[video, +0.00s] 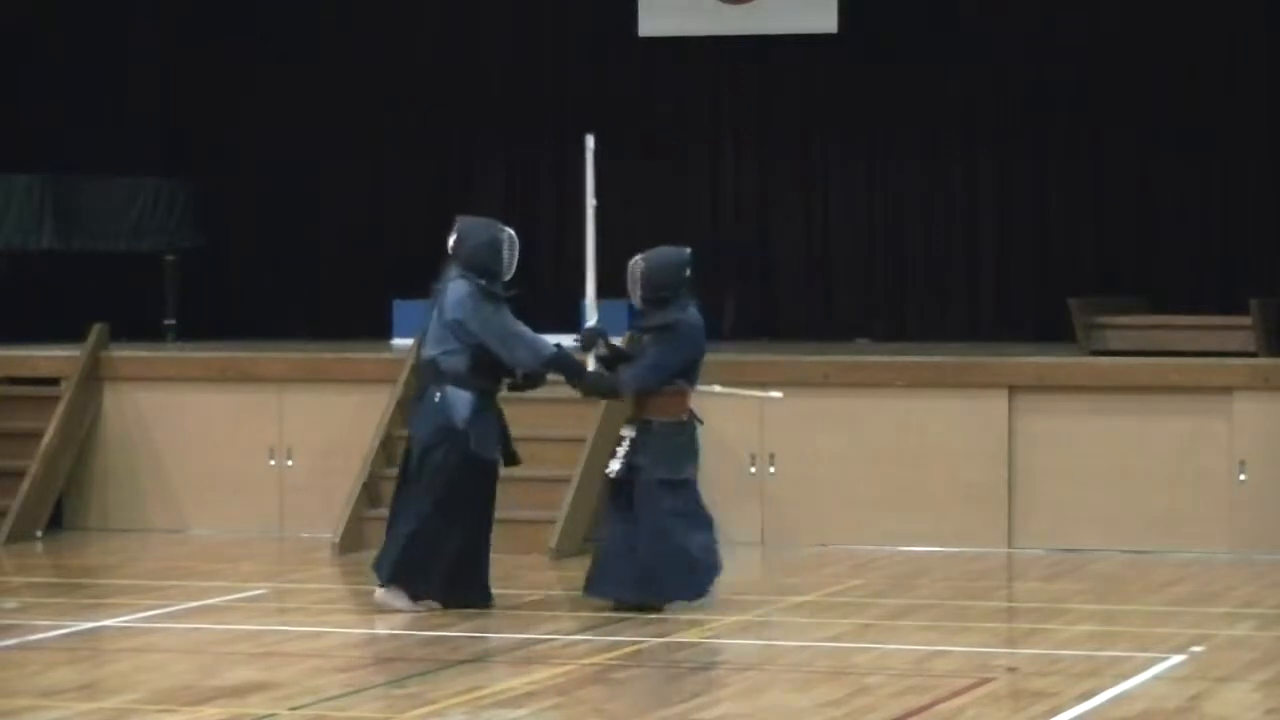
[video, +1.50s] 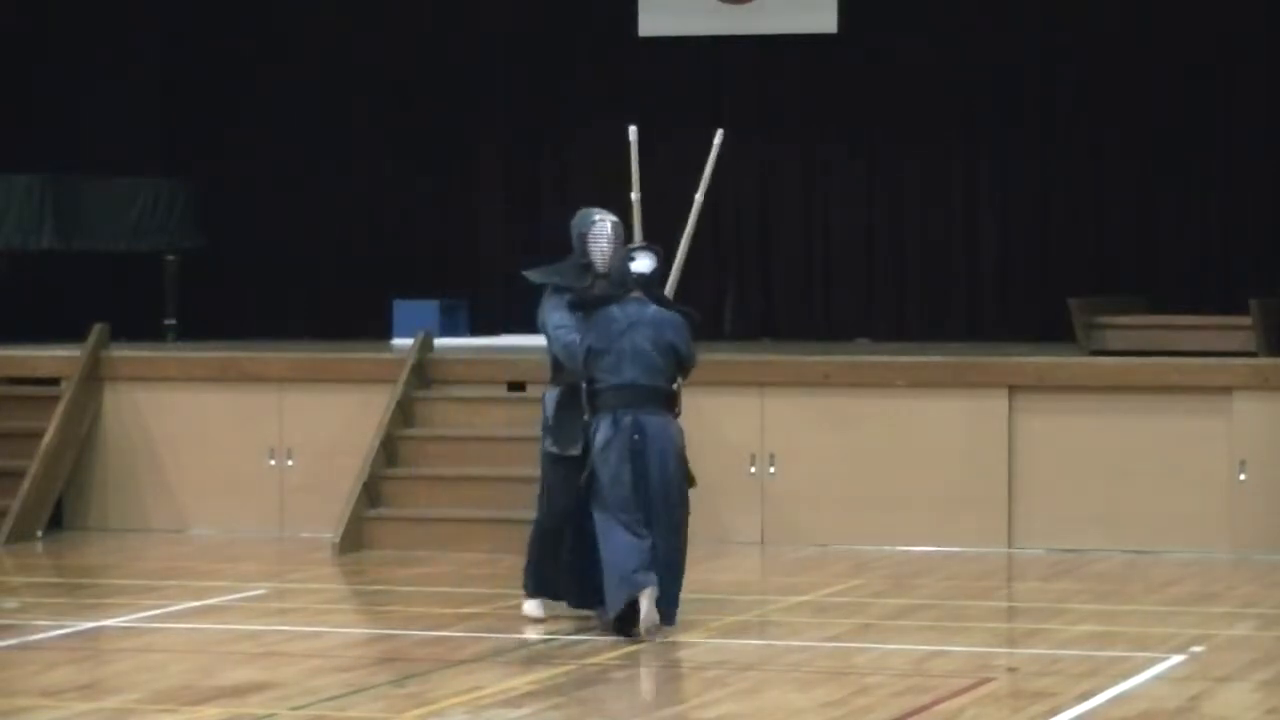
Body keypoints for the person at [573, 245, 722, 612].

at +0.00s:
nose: (636, 290)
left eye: (642, 283)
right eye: (637, 283)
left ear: (658, 285)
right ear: (671, 283)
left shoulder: (683, 328)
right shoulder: (653, 322)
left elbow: (647, 373)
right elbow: (630, 360)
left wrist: (613, 380)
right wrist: (604, 349)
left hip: (668, 432)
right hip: (644, 428)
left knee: (661, 505)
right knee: (631, 502)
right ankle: (636, 587)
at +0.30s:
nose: (592, 286)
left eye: (595, 280)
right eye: (593, 280)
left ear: (603, 284)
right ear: (633, 282)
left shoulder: (623, 327)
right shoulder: (640, 321)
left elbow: (580, 375)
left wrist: (565, 377)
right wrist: (581, 342)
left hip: (613, 427)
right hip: (627, 423)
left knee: (605, 504)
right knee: (622, 504)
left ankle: (603, 587)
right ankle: (633, 583)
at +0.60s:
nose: (572, 285)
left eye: (575, 279)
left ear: (580, 282)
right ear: (613, 281)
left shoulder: (576, 322)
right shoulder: (641, 325)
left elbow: (548, 366)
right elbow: (650, 369)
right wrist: (614, 374)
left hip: (582, 420)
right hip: (624, 421)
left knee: (573, 504)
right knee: (617, 505)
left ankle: (588, 596)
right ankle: (625, 588)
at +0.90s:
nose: (581, 283)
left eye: (583, 278)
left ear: (586, 282)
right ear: (623, 282)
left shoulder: (574, 325)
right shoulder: (646, 327)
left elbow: (548, 365)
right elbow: (652, 371)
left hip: (582, 424)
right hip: (630, 426)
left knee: (577, 512)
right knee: (634, 510)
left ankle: (578, 603)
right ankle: (648, 590)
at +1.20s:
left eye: (605, 276)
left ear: (608, 278)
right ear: (644, 279)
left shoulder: (593, 318)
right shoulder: (666, 320)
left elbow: (570, 363)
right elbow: (675, 364)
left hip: (604, 421)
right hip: (653, 421)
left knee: (600, 510)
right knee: (651, 512)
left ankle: (599, 604)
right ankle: (646, 607)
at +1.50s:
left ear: (616, 283)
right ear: (648, 283)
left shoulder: (600, 320)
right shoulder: (669, 319)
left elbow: (575, 358)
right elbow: (686, 363)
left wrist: (555, 313)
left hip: (613, 421)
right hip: (660, 422)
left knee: (616, 509)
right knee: (665, 514)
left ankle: (640, 584)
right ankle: (662, 610)